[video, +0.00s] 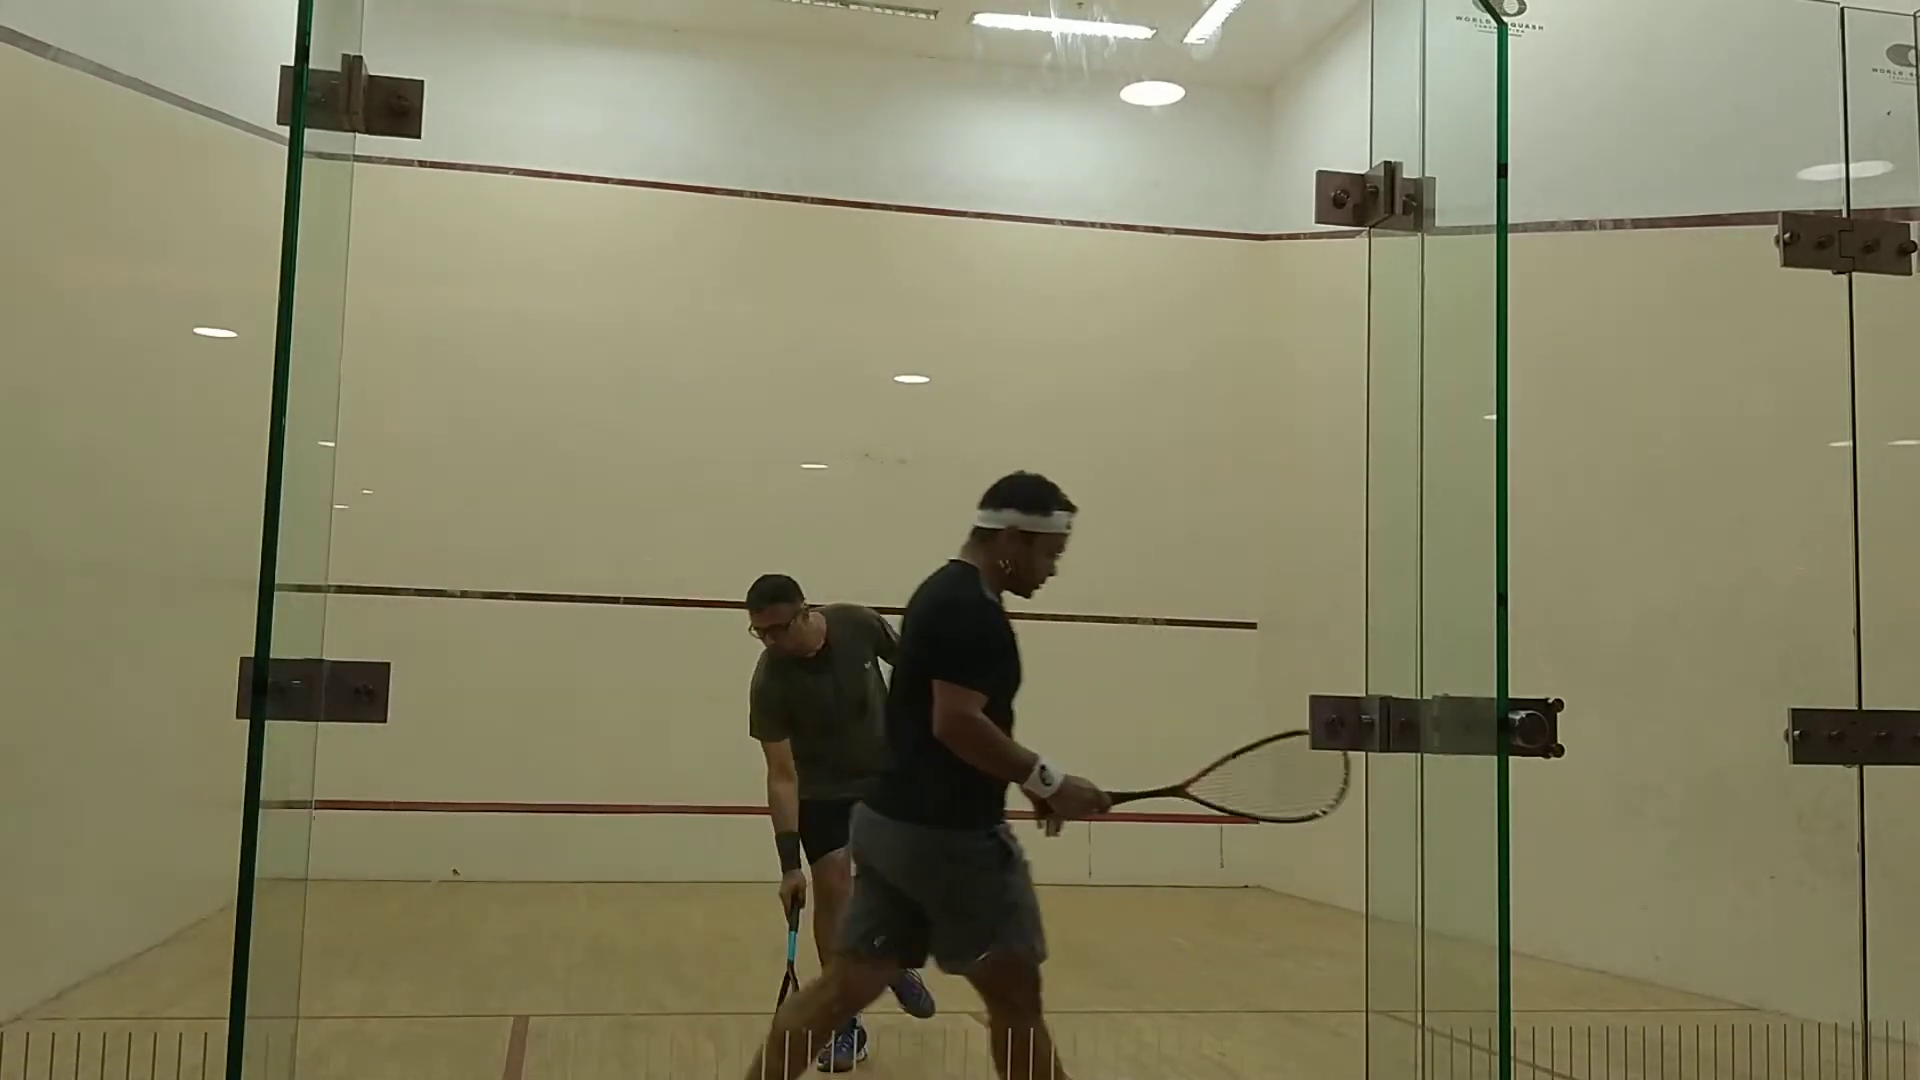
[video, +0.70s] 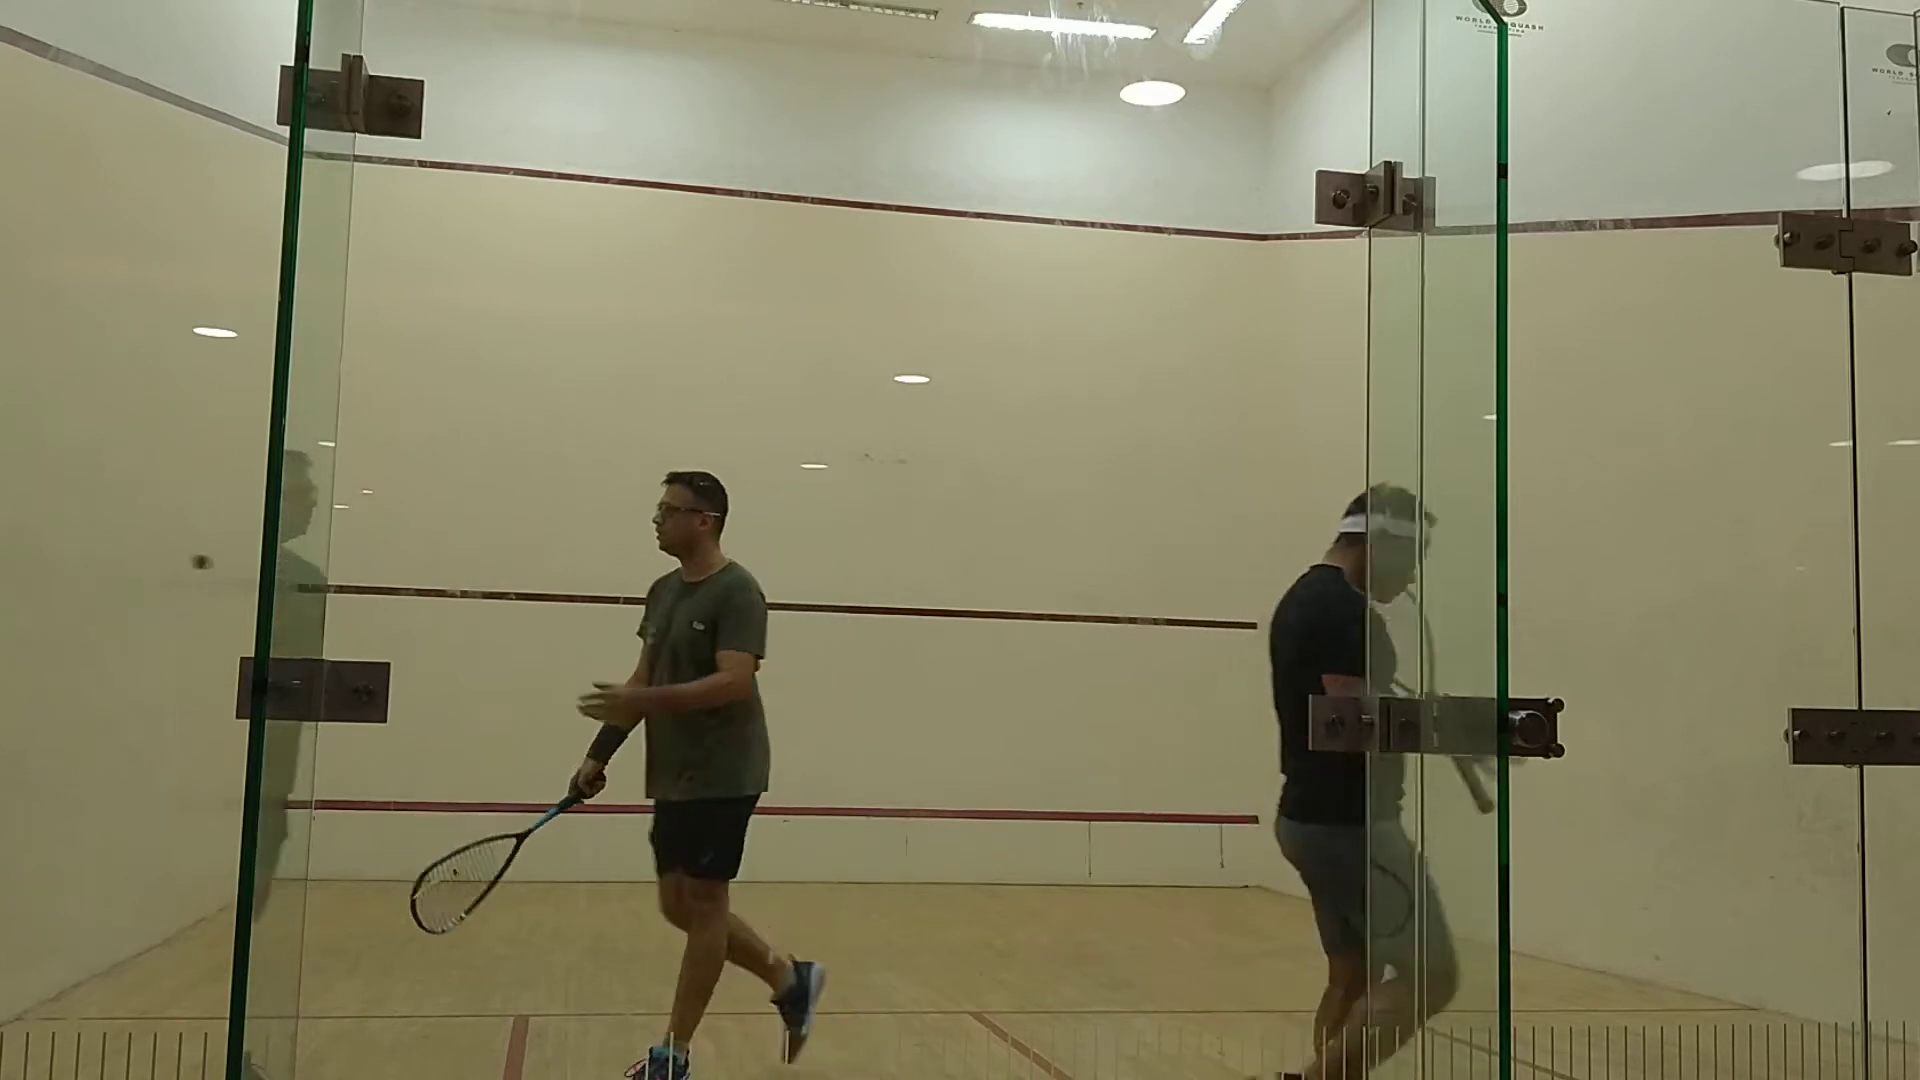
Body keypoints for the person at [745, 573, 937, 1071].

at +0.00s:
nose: (768, 641)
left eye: (776, 630)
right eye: (760, 633)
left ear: (803, 612)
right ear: (756, 627)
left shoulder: (857, 623)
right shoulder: (770, 685)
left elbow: (913, 668)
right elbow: (781, 776)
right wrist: (790, 866)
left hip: (883, 778)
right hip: (820, 793)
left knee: (898, 872)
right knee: (832, 889)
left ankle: (896, 961)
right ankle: (843, 1018)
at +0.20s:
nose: (726, 611)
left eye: (732, 598)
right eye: (720, 602)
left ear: (763, 584)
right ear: (723, 600)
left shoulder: (832, 607)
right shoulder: (742, 663)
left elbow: (898, 648)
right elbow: (746, 751)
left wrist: (907, 730)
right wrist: (730, 835)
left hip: (867, 757)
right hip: (804, 776)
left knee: (867, 875)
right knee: (825, 886)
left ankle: (893, 1011)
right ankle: (848, 1022)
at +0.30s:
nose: (709, 569)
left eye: (718, 559)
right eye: (707, 560)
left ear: (754, 555)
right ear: (719, 563)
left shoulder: (823, 597)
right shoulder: (727, 634)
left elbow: (891, 647)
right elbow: (714, 720)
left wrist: (882, 727)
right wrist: (671, 794)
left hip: (849, 753)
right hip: (791, 771)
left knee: (828, 874)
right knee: (818, 888)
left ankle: (836, 1018)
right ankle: (848, 1019)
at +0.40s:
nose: (705, 547)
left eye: (716, 538)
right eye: (704, 538)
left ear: (752, 540)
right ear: (724, 544)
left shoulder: (807, 595)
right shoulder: (718, 617)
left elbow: (872, 658)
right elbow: (691, 701)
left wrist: (846, 731)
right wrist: (632, 764)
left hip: (825, 758)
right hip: (772, 770)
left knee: (789, 879)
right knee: (821, 889)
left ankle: (754, 1030)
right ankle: (858, 1019)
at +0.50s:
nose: (696, 538)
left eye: (707, 530)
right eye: (697, 529)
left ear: (743, 537)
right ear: (724, 539)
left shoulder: (791, 599)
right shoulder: (708, 611)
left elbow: (838, 677)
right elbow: (674, 694)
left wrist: (782, 742)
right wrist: (606, 756)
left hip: (793, 774)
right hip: (750, 776)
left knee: (750, 896)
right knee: (804, 892)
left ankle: (696, 1042)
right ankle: (860, 1016)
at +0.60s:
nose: (678, 531)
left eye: (690, 523)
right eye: (681, 522)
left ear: (726, 532)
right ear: (713, 532)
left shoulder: (767, 599)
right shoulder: (689, 605)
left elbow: (791, 688)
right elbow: (658, 688)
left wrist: (709, 730)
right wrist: (599, 756)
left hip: (755, 775)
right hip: (713, 777)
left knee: (722, 906)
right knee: (768, 904)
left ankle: (677, 1053)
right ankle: (843, 1007)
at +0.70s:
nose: (657, 520)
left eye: (669, 512)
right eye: (660, 510)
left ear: (706, 521)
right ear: (691, 521)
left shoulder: (739, 591)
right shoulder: (665, 591)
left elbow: (736, 682)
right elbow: (644, 683)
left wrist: (642, 700)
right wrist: (599, 755)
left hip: (724, 778)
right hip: (675, 777)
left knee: (707, 905)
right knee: (679, 904)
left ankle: (675, 1053)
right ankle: (789, 980)